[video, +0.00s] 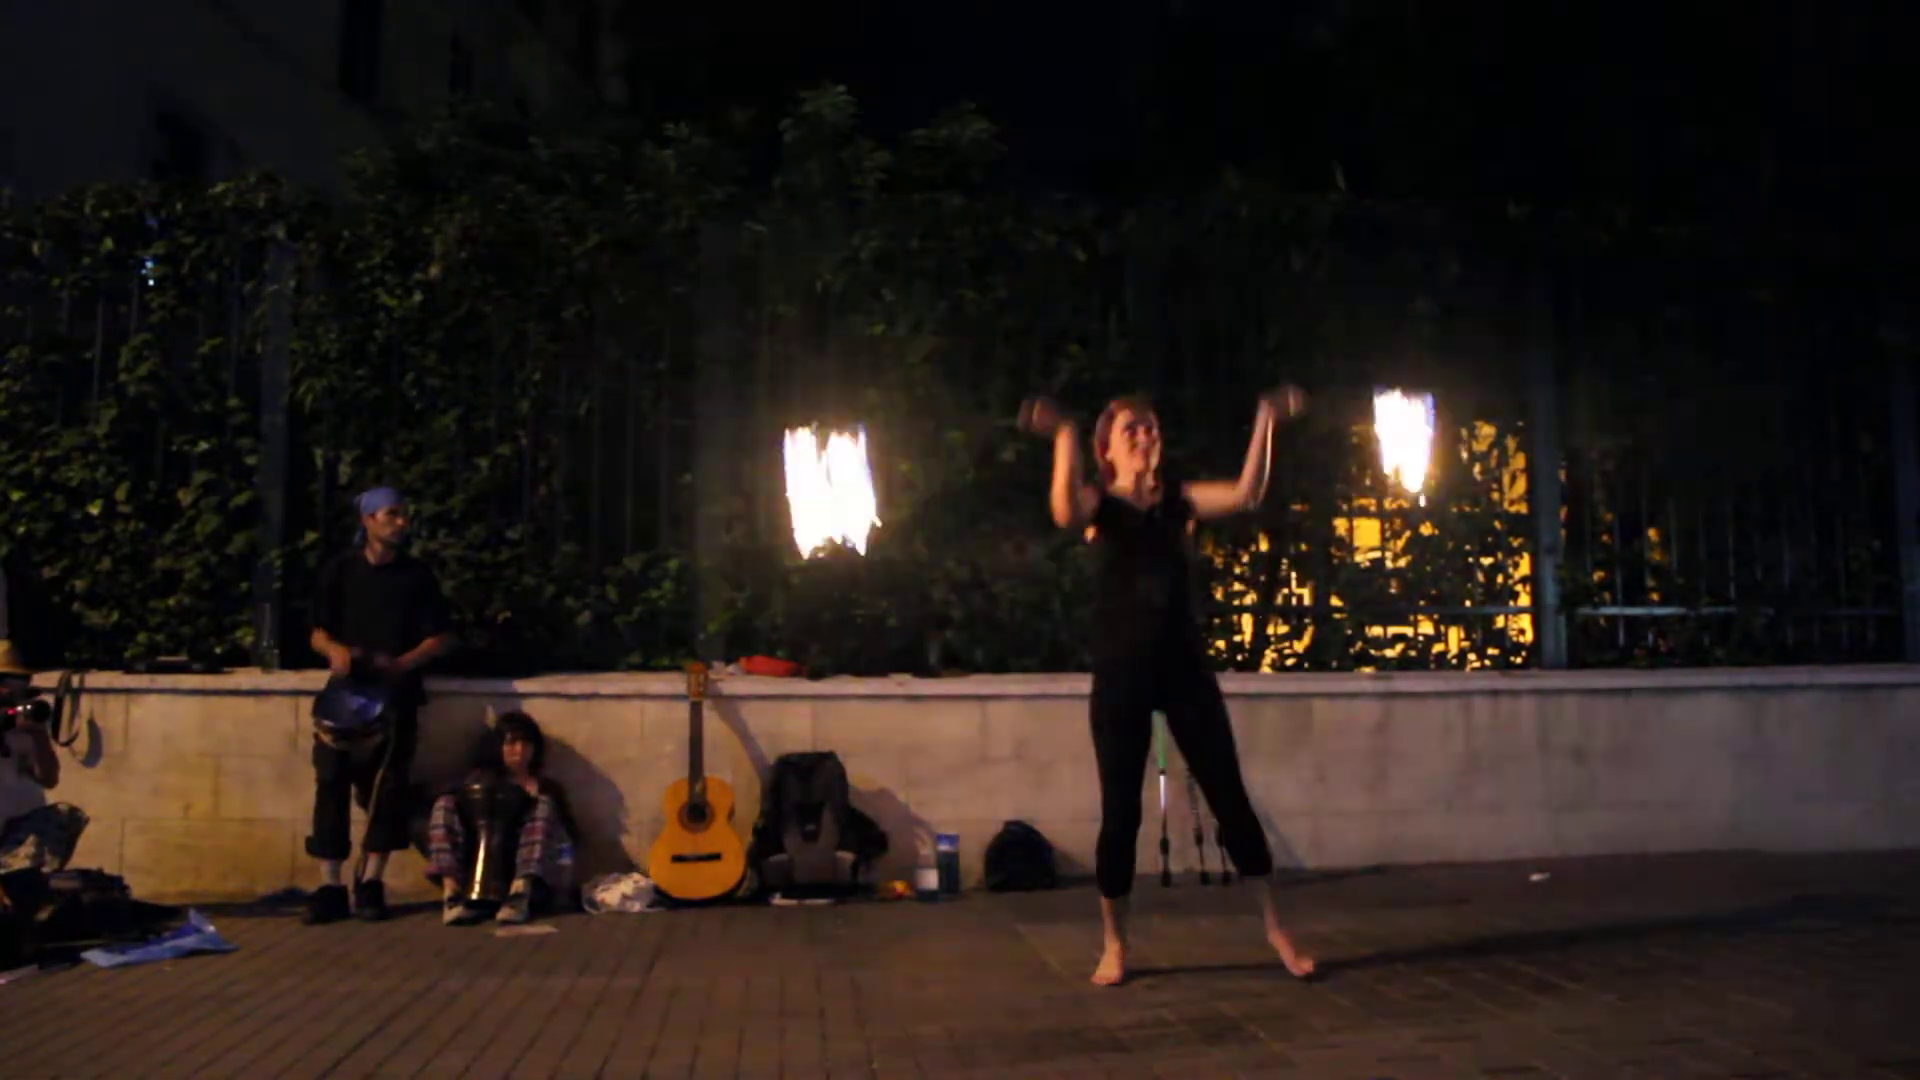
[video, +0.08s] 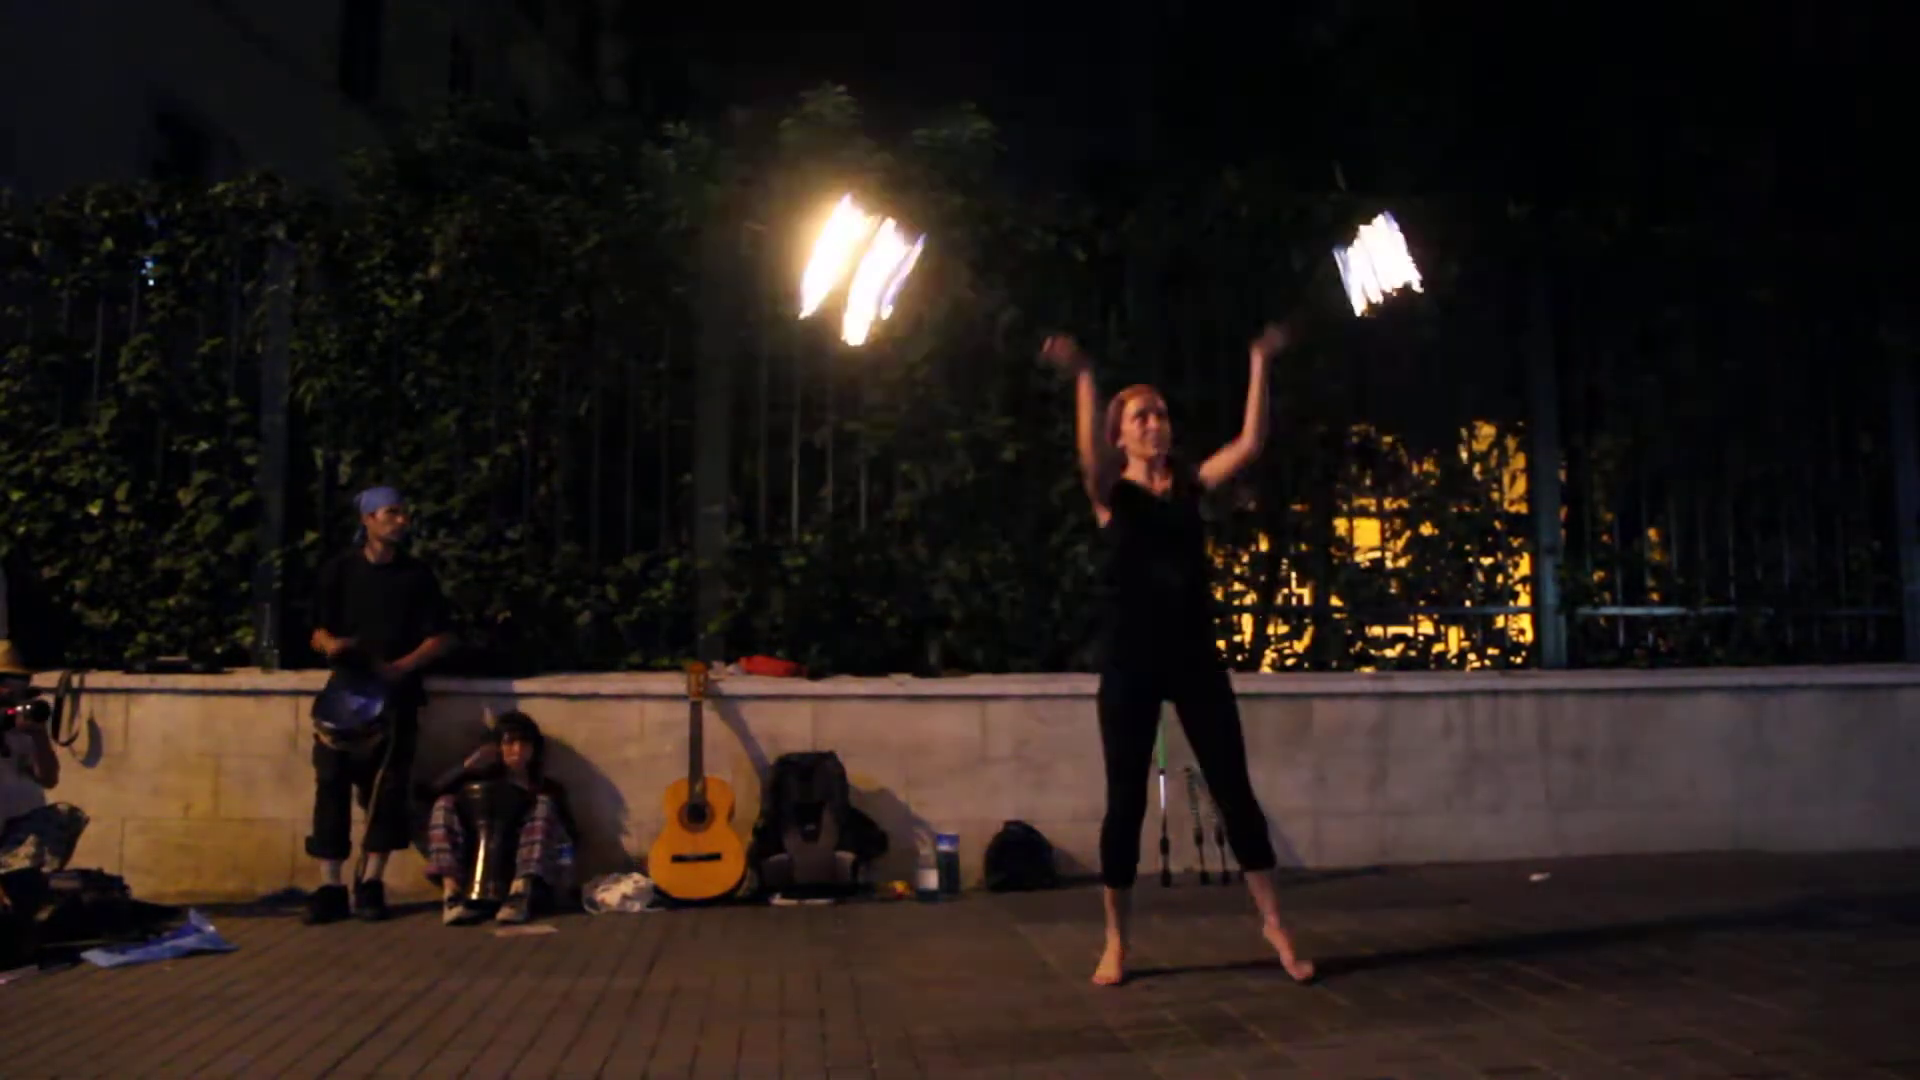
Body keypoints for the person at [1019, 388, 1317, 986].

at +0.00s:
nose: (1146, 433)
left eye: (1150, 426)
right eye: (1133, 427)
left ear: (1161, 439)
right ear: (1106, 445)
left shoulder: (1178, 499)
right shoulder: (1098, 502)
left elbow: (1245, 494)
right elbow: (1065, 514)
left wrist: (1264, 424)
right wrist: (1065, 437)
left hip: (1184, 670)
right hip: (1120, 675)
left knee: (1230, 798)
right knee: (1119, 813)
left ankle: (1276, 928)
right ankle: (1113, 945)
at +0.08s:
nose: (1152, 423)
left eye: (1159, 414)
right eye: (1140, 416)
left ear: (1172, 427)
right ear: (1117, 433)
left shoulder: (1191, 486)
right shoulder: (1111, 492)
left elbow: (1249, 444)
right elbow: (1091, 451)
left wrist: (1259, 362)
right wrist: (1084, 376)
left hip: (1196, 657)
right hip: (1130, 662)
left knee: (1235, 792)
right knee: (1125, 802)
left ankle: (1274, 924)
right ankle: (1114, 941)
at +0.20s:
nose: (1174, 420)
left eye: (1181, 410)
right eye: (1161, 412)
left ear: (1193, 424)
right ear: (1142, 425)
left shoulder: (1210, 480)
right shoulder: (1131, 486)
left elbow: (1246, 410)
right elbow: (1131, 410)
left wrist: (1248, 324)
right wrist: (1138, 324)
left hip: (1213, 655)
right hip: (1146, 658)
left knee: (1241, 790)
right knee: (1135, 797)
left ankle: (1269, 928)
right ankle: (1116, 937)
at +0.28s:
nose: (1193, 427)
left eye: (1196, 421)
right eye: (1181, 419)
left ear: (1205, 434)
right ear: (1156, 434)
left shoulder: (1223, 484)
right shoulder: (1144, 493)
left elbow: (1248, 416)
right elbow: (1166, 411)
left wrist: (1250, 335)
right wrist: (1196, 339)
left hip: (1226, 660)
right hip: (1161, 662)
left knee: (1248, 796)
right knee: (1143, 801)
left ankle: (1264, 935)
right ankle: (1119, 940)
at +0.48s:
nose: (1226, 446)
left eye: (1231, 437)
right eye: (1212, 438)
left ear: (1240, 448)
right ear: (1186, 451)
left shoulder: (1258, 504)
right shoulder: (1173, 511)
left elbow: (1302, 518)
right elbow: (1215, 568)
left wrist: (1301, 465)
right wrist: (1250, 509)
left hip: (1258, 679)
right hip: (1193, 679)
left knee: (1270, 811)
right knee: (1163, 809)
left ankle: (1262, 948)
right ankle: (1121, 944)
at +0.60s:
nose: (1246, 443)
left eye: (1252, 436)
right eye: (1233, 435)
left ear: (1262, 449)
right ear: (1209, 449)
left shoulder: (1276, 498)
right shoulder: (1197, 509)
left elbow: (1313, 541)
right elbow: (1242, 565)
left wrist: (1314, 478)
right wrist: (1270, 502)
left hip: (1277, 675)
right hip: (1212, 673)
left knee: (1280, 808)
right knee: (1175, 799)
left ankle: (1263, 947)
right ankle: (1125, 942)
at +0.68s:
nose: (1255, 437)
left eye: (1261, 427)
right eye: (1242, 431)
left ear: (1276, 437)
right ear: (1219, 448)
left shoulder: (1293, 498)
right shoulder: (1209, 502)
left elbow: (1326, 526)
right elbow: (1248, 543)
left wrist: (1331, 454)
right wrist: (1264, 477)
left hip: (1284, 674)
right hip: (1220, 672)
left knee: (1283, 808)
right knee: (1182, 799)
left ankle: (1262, 945)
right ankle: (1132, 935)